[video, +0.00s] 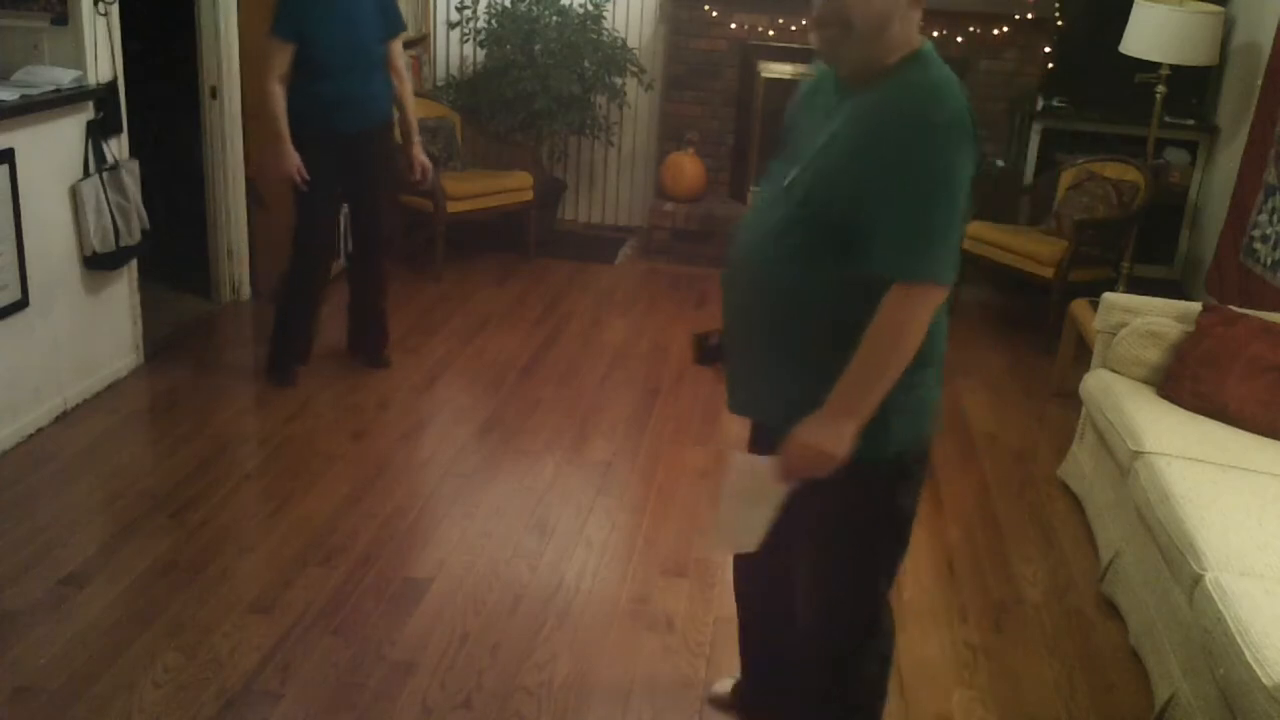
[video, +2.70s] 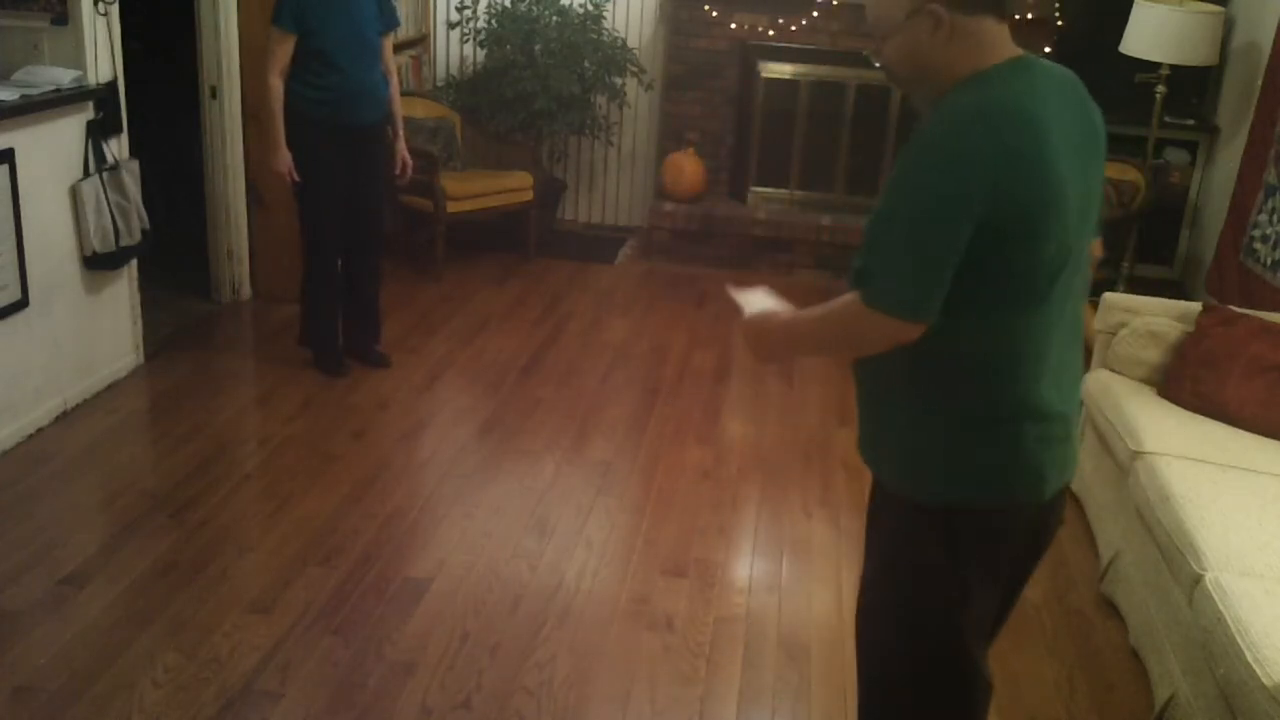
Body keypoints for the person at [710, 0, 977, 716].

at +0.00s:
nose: (818, 10)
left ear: (907, 8)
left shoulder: (928, 107)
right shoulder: (822, 89)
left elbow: (922, 283)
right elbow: (794, 234)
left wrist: (839, 417)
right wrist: (750, 340)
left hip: (870, 430)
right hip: (790, 401)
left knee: (837, 608)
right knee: (768, 574)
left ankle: (831, 710)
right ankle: (767, 690)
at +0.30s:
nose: (803, 9)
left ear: (871, 3)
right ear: (777, 3)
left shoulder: (919, 94)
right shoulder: (739, 66)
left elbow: (956, 253)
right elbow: (700, 197)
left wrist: (960, 384)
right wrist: (676, 309)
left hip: (855, 384)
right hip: (753, 369)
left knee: (824, 560)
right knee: (756, 540)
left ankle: (806, 705)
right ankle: (767, 678)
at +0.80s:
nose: (812, 3)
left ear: (866, 1)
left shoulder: (915, 82)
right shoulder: (724, 73)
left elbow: (955, 224)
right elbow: (688, 202)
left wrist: (966, 349)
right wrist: (675, 320)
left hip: (878, 379)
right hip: (761, 373)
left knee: (890, 561)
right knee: (771, 546)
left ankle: (910, 698)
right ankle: (774, 677)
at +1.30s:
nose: (912, 6)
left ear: (963, 5)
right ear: (871, 4)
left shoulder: (1020, 101)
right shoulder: (825, 91)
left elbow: (1060, 249)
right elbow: (787, 215)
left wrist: (1039, 379)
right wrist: (757, 324)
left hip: (962, 405)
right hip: (839, 391)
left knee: (959, 607)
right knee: (814, 558)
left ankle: (970, 713)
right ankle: (779, 677)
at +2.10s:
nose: (954, 11)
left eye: (982, 1)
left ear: (1033, 13)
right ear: (926, 3)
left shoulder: (1055, 126)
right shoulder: (915, 76)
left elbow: (1039, 297)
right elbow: (880, 225)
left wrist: (937, 421)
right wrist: (832, 335)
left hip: (954, 433)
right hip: (864, 400)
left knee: (926, 614)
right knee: (835, 591)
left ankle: (947, 710)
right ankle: (840, 710)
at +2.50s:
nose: (885, 43)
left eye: (894, 23)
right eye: (883, 25)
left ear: (954, 12)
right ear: (957, 16)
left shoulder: (994, 126)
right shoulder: (1024, 101)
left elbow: (944, 312)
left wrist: (819, 378)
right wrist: (841, 371)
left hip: (949, 449)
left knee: (910, 638)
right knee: (889, 606)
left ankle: (903, 717)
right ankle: (857, 705)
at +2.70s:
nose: (877, 59)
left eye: (881, 36)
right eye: (871, 41)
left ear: (935, 18)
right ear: (942, 18)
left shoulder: (965, 130)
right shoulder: (1067, 98)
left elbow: (894, 312)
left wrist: (781, 331)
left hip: (949, 483)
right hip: (1023, 474)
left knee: (907, 691)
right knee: (943, 673)